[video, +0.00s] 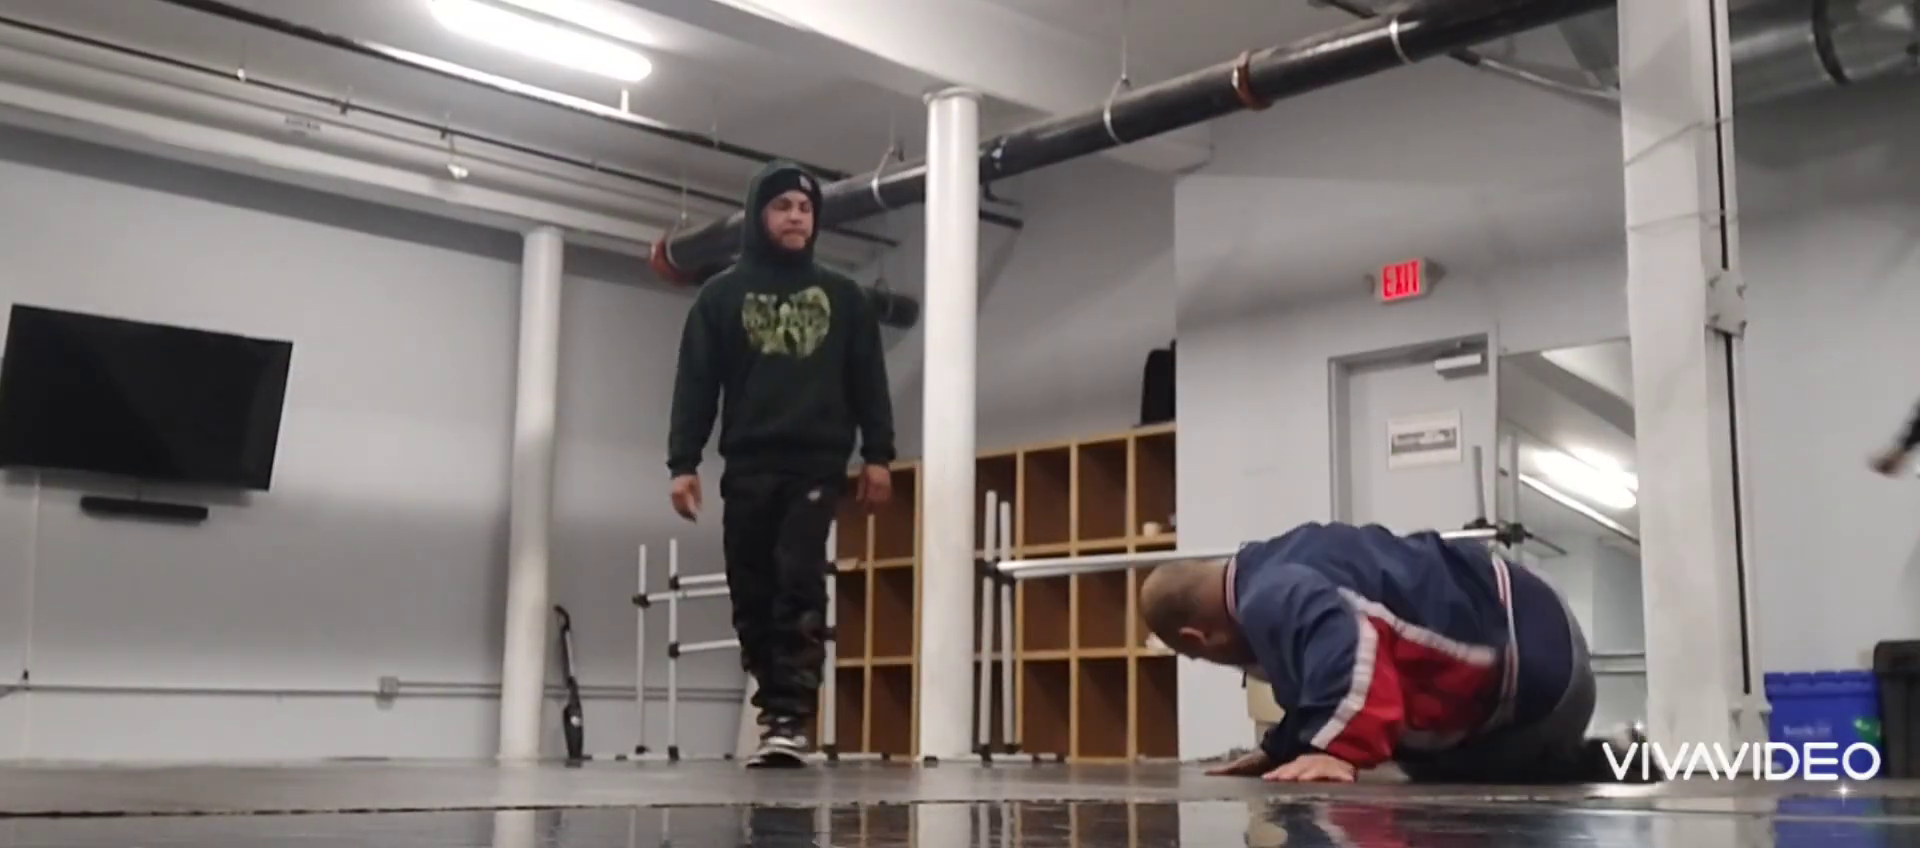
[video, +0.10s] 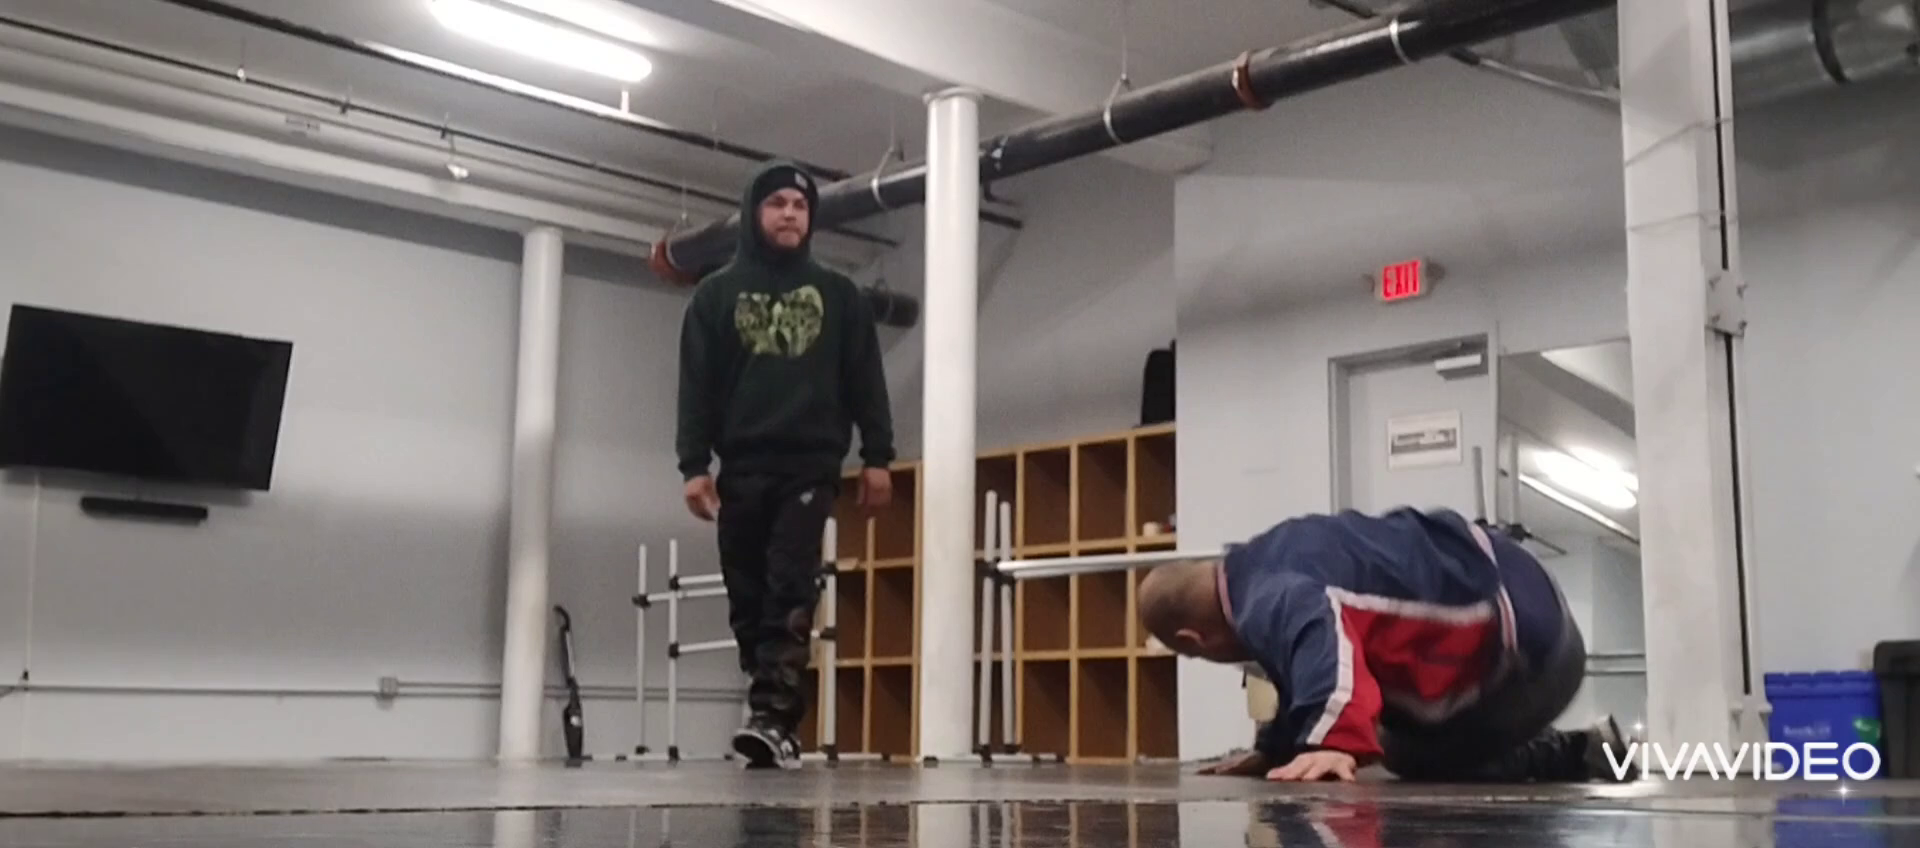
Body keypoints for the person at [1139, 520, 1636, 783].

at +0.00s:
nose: (1215, 662)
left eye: (1193, 654)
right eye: (1200, 657)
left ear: (1195, 635)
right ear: (1215, 576)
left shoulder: (1274, 592)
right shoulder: (1271, 574)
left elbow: (1356, 655)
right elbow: (1321, 684)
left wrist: (1336, 750)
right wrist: (1272, 751)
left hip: (1531, 675)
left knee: (1443, 770)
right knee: (1431, 761)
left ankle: (1606, 764)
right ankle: (1600, 760)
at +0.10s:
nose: (1205, 656)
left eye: (1187, 650)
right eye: (1191, 652)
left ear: (1194, 635)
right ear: (1212, 574)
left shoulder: (1273, 592)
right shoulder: (1265, 565)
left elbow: (1333, 659)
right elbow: (1310, 674)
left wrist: (1336, 745)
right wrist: (1265, 752)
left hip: (1527, 651)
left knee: (1413, 755)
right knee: (1406, 741)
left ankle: (1576, 756)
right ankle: (1570, 752)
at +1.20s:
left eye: (1267, 663)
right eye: (1266, 668)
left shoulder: (1325, 526)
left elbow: (1299, 638)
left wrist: (1289, 750)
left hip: (1474, 508)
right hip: (1563, 534)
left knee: (1418, 640)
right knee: (1522, 679)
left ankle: (1466, 683)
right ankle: (1518, 773)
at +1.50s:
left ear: (1342, 436)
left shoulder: (1368, 428)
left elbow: (1282, 481)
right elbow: (1504, 650)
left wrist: (1246, 534)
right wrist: (1525, 750)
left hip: (1461, 524)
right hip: (1496, 588)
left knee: (1319, 580)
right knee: (1313, 663)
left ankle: (1431, 687)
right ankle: (1211, 729)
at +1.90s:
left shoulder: (1395, 445)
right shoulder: (1498, 528)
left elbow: (1292, 476)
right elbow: (1502, 650)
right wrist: (1519, 756)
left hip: (1386, 487)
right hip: (1444, 569)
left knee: (1221, 564)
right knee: (1272, 650)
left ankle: (1287, 634)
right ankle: (1172, 712)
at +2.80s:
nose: (1477, 662)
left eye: (1483, 661)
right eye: (1490, 660)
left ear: (1470, 623)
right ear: (1498, 639)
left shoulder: (1403, 601)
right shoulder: (1497, 539)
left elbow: (1344, 650)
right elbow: (1521, 649)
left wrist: (1347, 741)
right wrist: (1552, 750)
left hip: (1304, 549)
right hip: (1299, 479)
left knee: (1255, 663)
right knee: (1208, 597)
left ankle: (1106, 653)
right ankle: (1070, 701)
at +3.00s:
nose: (1493, 642)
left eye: (1488, 632)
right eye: (1501, 640)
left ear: (1467, 607)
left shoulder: (1397, 585)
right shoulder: (1521, 529)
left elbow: (1365, 646)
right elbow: (1531, 646)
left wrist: (1357, 745)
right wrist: (1570, 758)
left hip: (1271, 441)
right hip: (1340, 464)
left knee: (1218, 584)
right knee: (1213, 606)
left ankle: (1100, 590)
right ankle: (1071, 713)